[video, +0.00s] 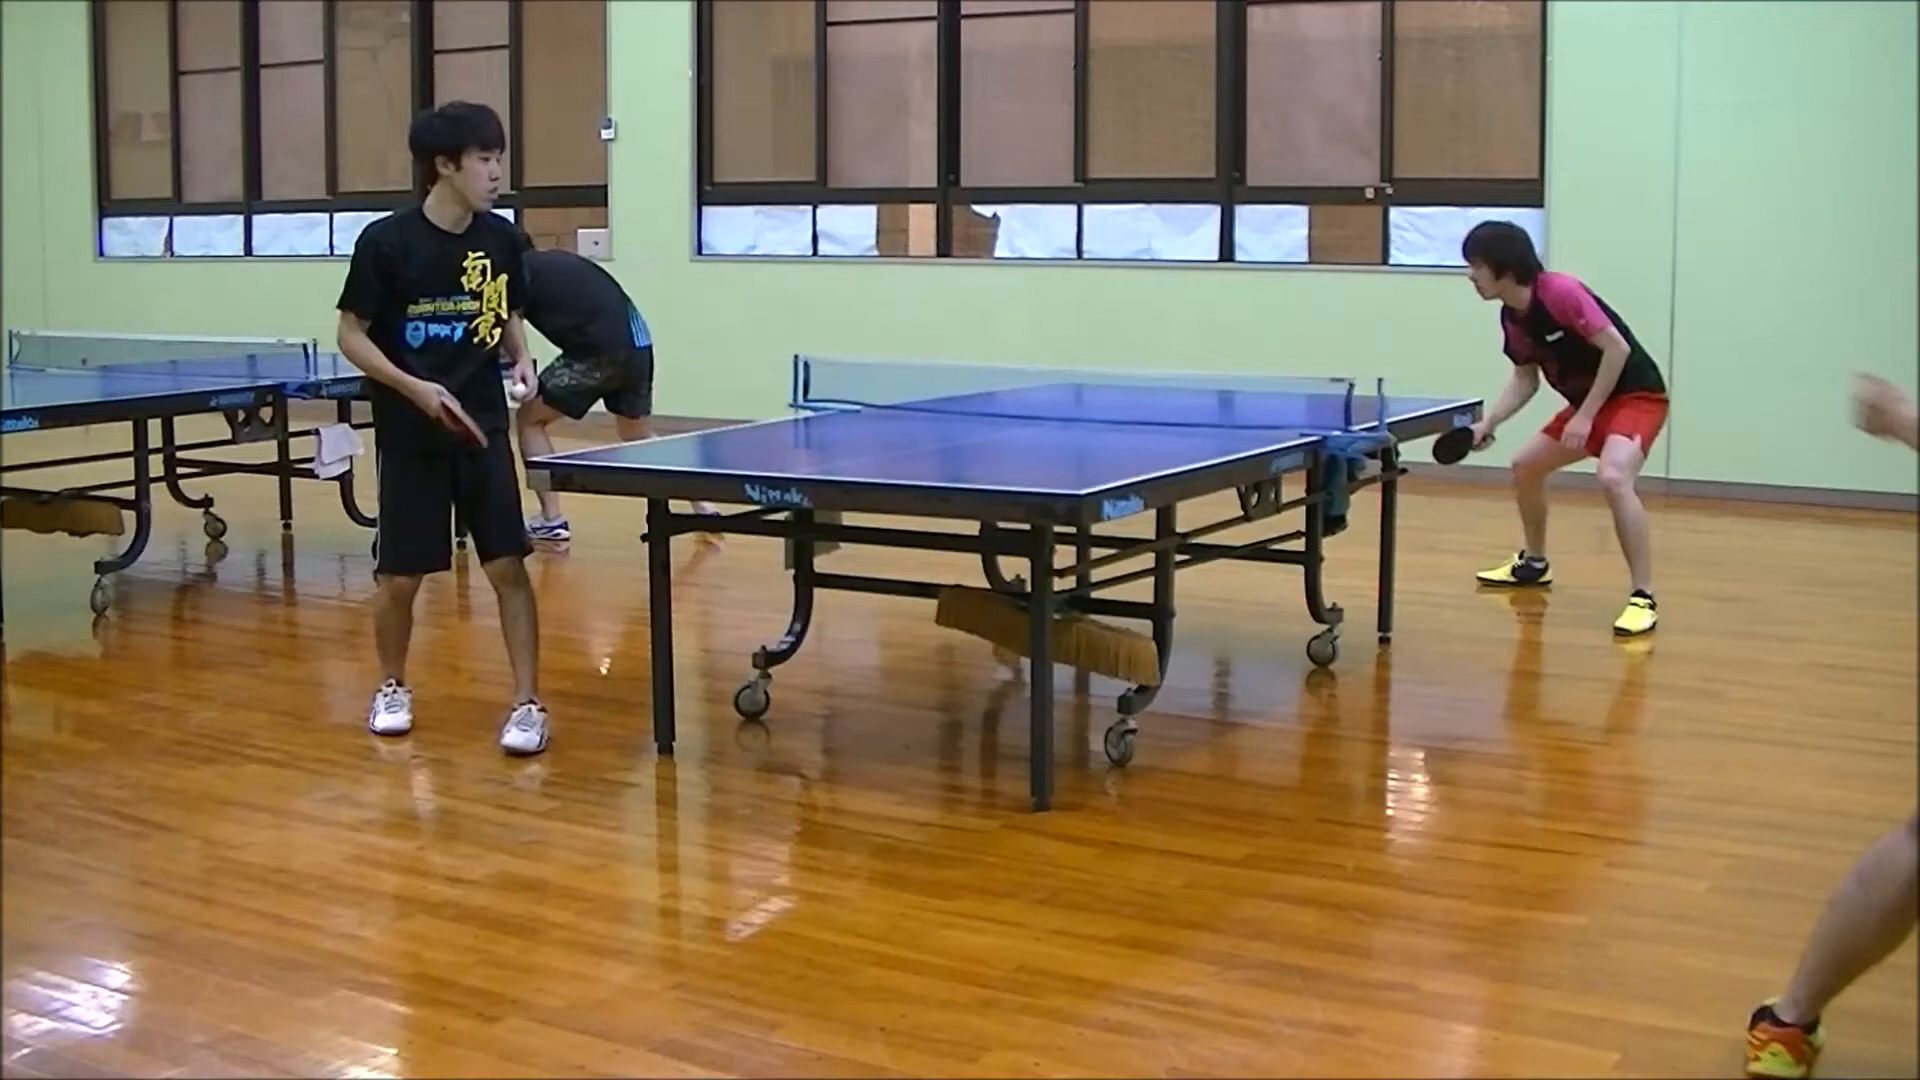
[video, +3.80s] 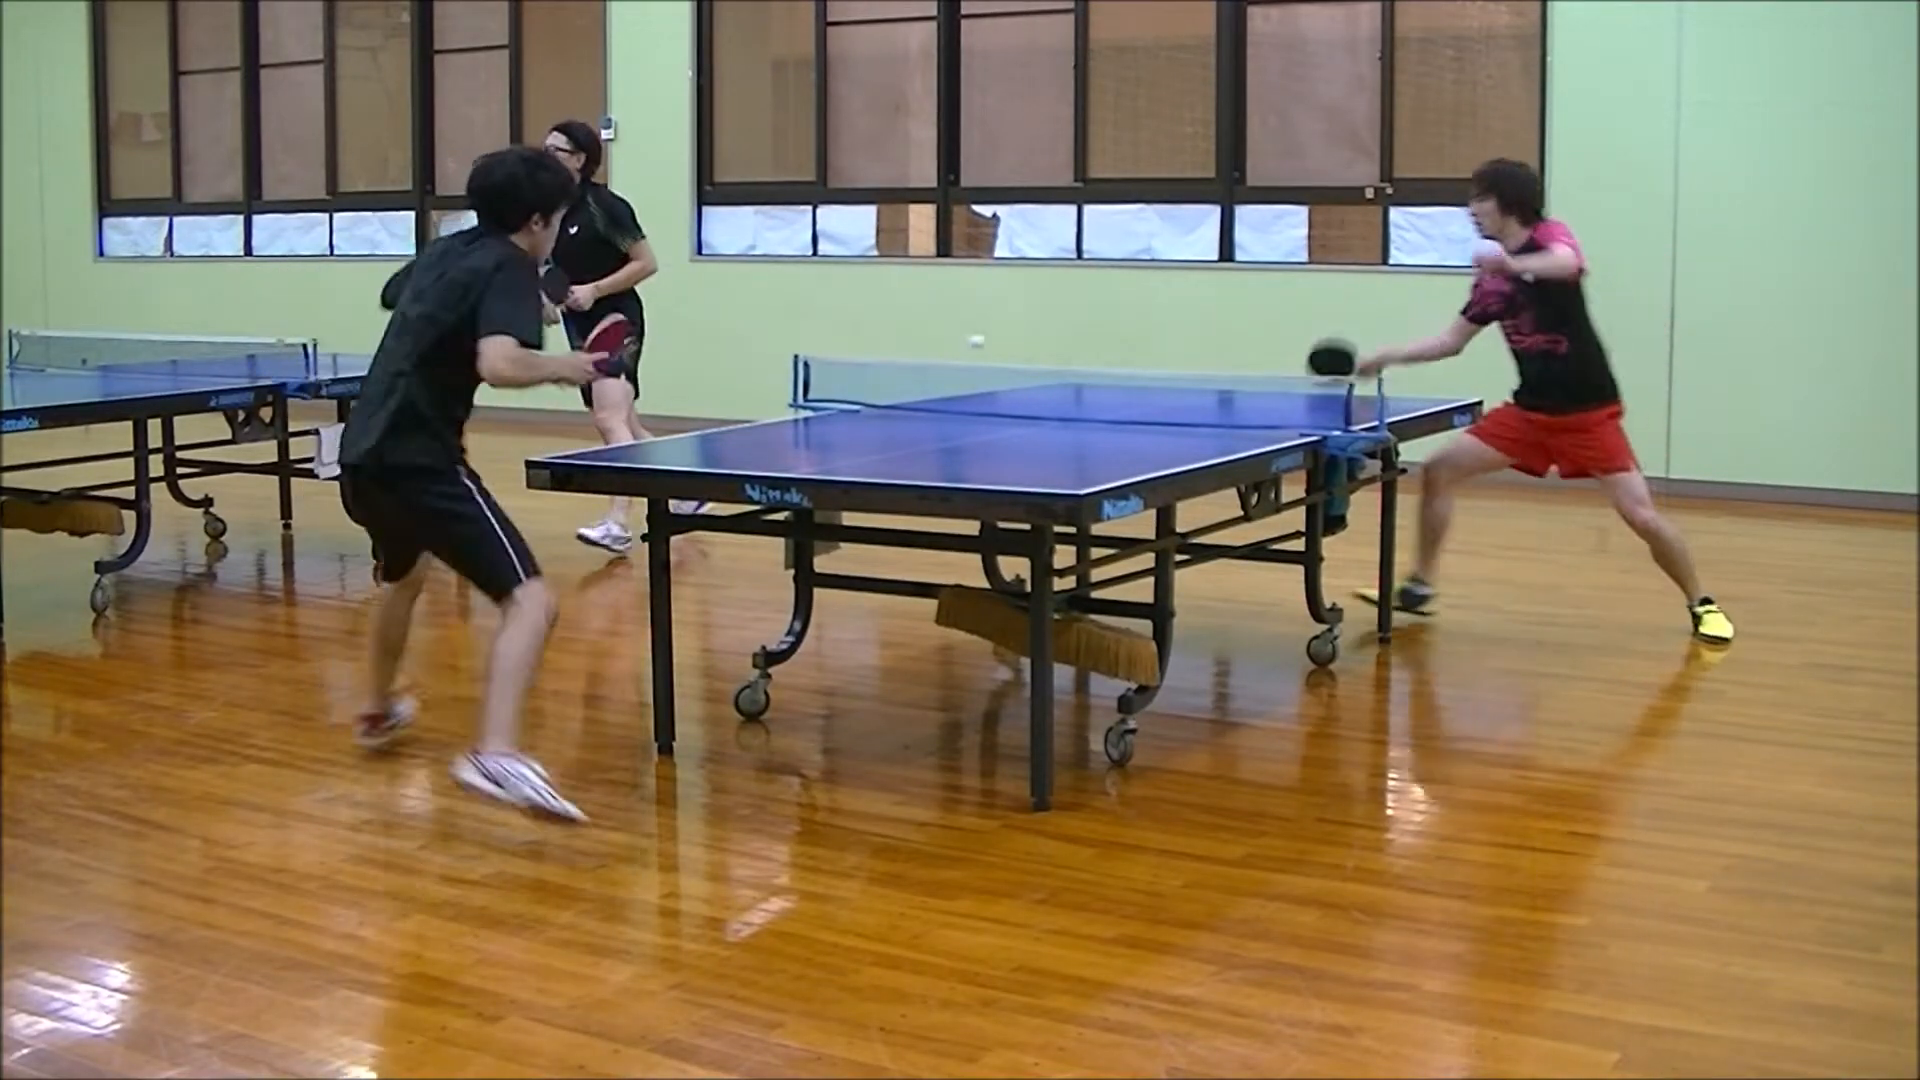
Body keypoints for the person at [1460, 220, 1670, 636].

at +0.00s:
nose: (1469, 275)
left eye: (1475, 266)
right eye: (1468, 266)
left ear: (1503, 267)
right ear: (1501, 270)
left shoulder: (1559, 292)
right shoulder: (1511, 318)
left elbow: (1617, 349)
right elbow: (1525, 380)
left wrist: (1585, 415)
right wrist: (1489, 421)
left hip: (1637, 396)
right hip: (1587, 402)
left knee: (1613, 476)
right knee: (1525, 468)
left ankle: (1643, 596)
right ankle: (1534, 563)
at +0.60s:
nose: (1488, 318)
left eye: (1497, 308)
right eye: (1484, 309)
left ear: (1523, 307)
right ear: (1481, 309)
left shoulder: (1570, 321)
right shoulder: (1492, 338)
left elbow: (1647, 336)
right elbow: (1460, 388)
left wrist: (1627, 393)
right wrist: (1421, 387)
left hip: (1643, 393)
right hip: (1587, 402)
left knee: (1626, 475)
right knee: (1533, 470)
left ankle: (1642, 596)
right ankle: (1534, 563)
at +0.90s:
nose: (1491, 326)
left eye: (1498, 316)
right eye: (1486, 317)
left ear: (1526, 313)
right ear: (1483, 316)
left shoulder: (1571, 322)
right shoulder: (1492, 333)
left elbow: (1619, 384)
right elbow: (1450, 378)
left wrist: (1550, 400)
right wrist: (1416, 384)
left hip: (1645, 392)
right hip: (1590, 400)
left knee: (1628, 474)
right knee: (1533, 470)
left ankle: (1643, 597)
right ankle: (1534, 562)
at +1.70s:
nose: (1479, 291)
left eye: (1487, 280)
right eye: (1473, 283)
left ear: (1515, 281)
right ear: (1470, 287)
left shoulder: (1562, 304)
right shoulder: (1487, 325)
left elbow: (1642, 319)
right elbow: (1450, 377)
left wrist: (1630, 379)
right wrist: (1414, 382)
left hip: (1638, 388)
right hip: (1582, 396)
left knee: (1626, 474)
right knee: (1535, 470)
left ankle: (1642, 597)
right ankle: (1534, 563)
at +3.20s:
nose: (1503, 217)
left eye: (1516, 209)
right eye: (1501, 208)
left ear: (1542, 218)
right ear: (1498, 215)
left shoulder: (1575, 264)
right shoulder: (1503, 270)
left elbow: (1638, 315)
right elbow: (1480, 334)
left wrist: (1637, 385)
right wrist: (1449, 332)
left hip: (1608, 398)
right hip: (1555, 401)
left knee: (1609, 477)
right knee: (1510, 479)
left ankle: (1641, 593)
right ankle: (1531, 562)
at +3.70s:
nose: (1518, 209)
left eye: (1527, 199)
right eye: (1518, 200)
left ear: (1556, 203)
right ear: (1537, 204)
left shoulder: (1599, 244)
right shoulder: (1535, 274)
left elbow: (1620, 306)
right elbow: (1494, 336)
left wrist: (1578, 341)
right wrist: (1435, 328)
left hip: (1623, 417)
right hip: (1562, 417)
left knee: (1660, 517)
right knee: (1477, 475)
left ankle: (1705, 604)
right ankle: (1512, 580)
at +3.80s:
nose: (1473, 210)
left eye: (1480, 200)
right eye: (1473, 201)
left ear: (1508, 203)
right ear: (1500, 208)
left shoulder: (1549, 235)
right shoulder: (1492, 274)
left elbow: (1569, 263)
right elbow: (1450, 343)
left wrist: (1512, 266)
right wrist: (1386, 357)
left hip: (1590, 414)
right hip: (1530, 413)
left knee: (1640, 517)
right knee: (1439, 467)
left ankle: (1700, 603)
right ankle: (1420, 585)